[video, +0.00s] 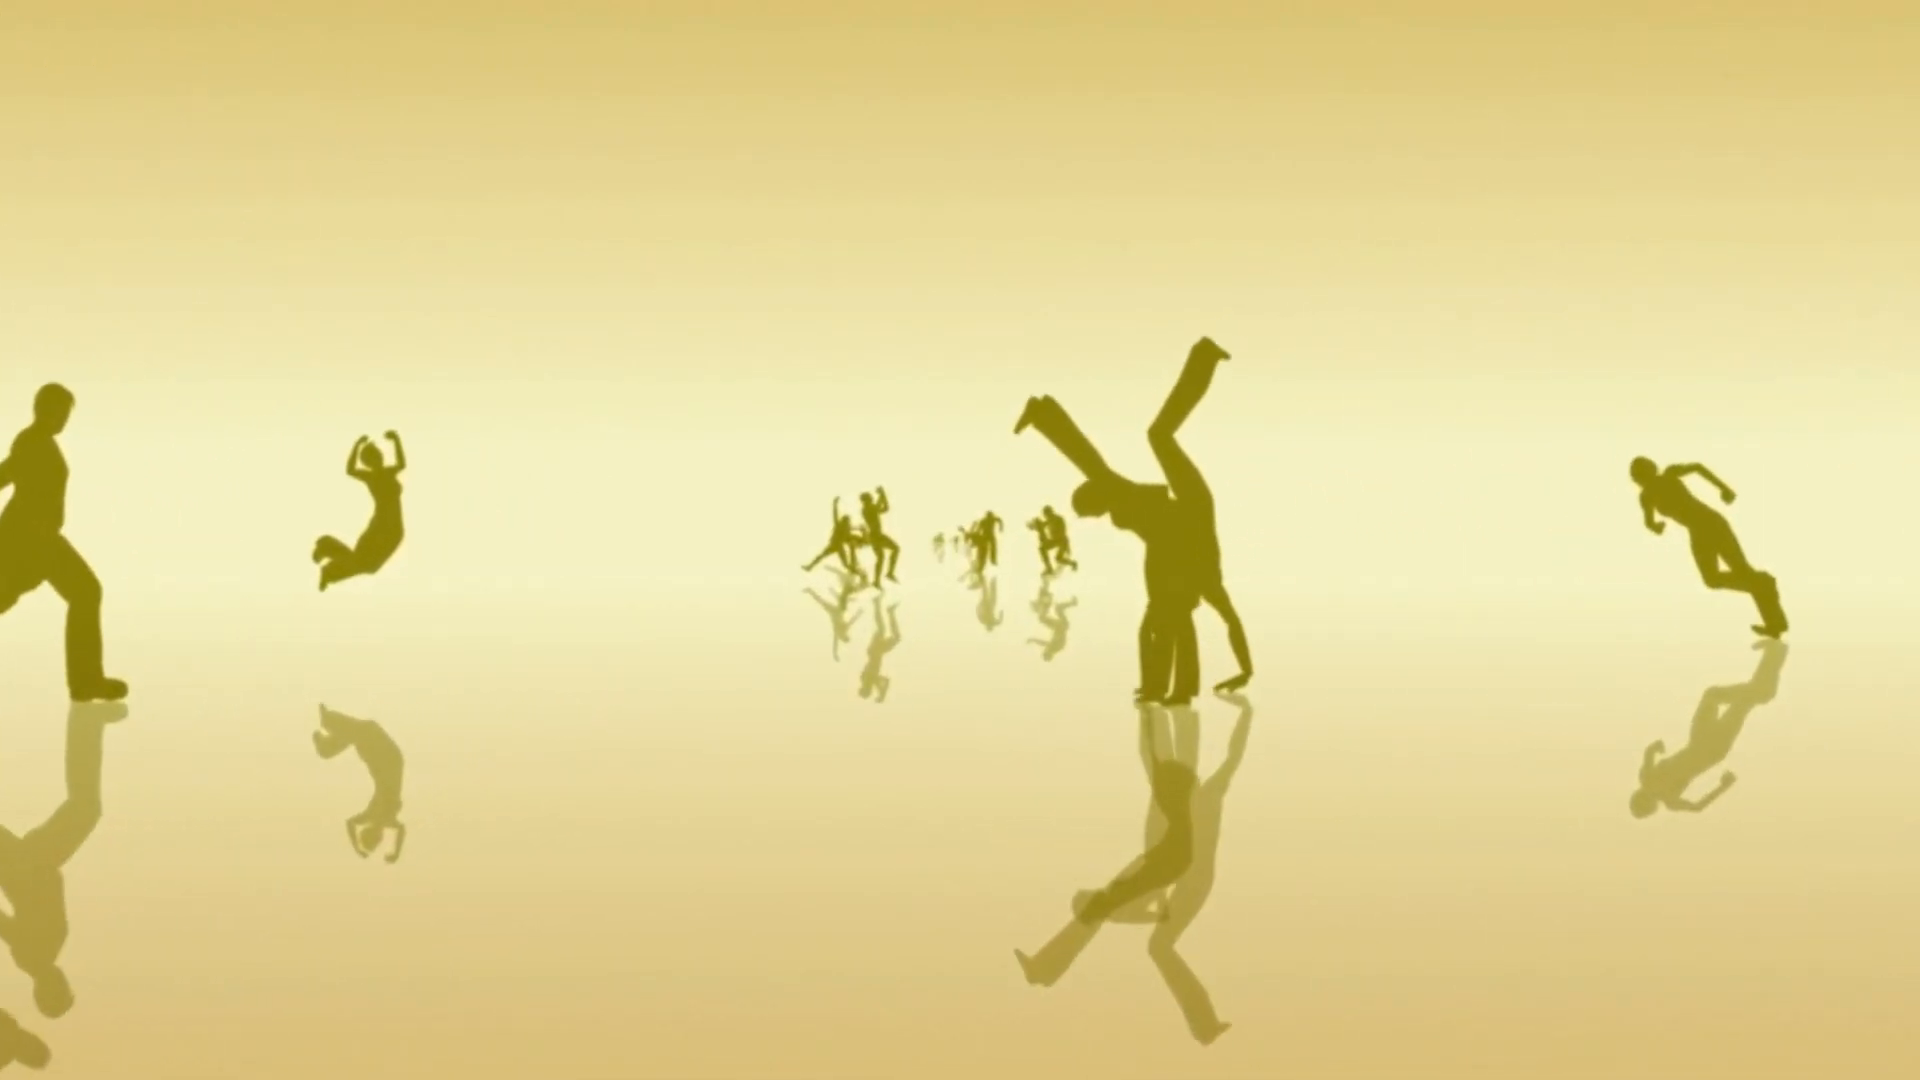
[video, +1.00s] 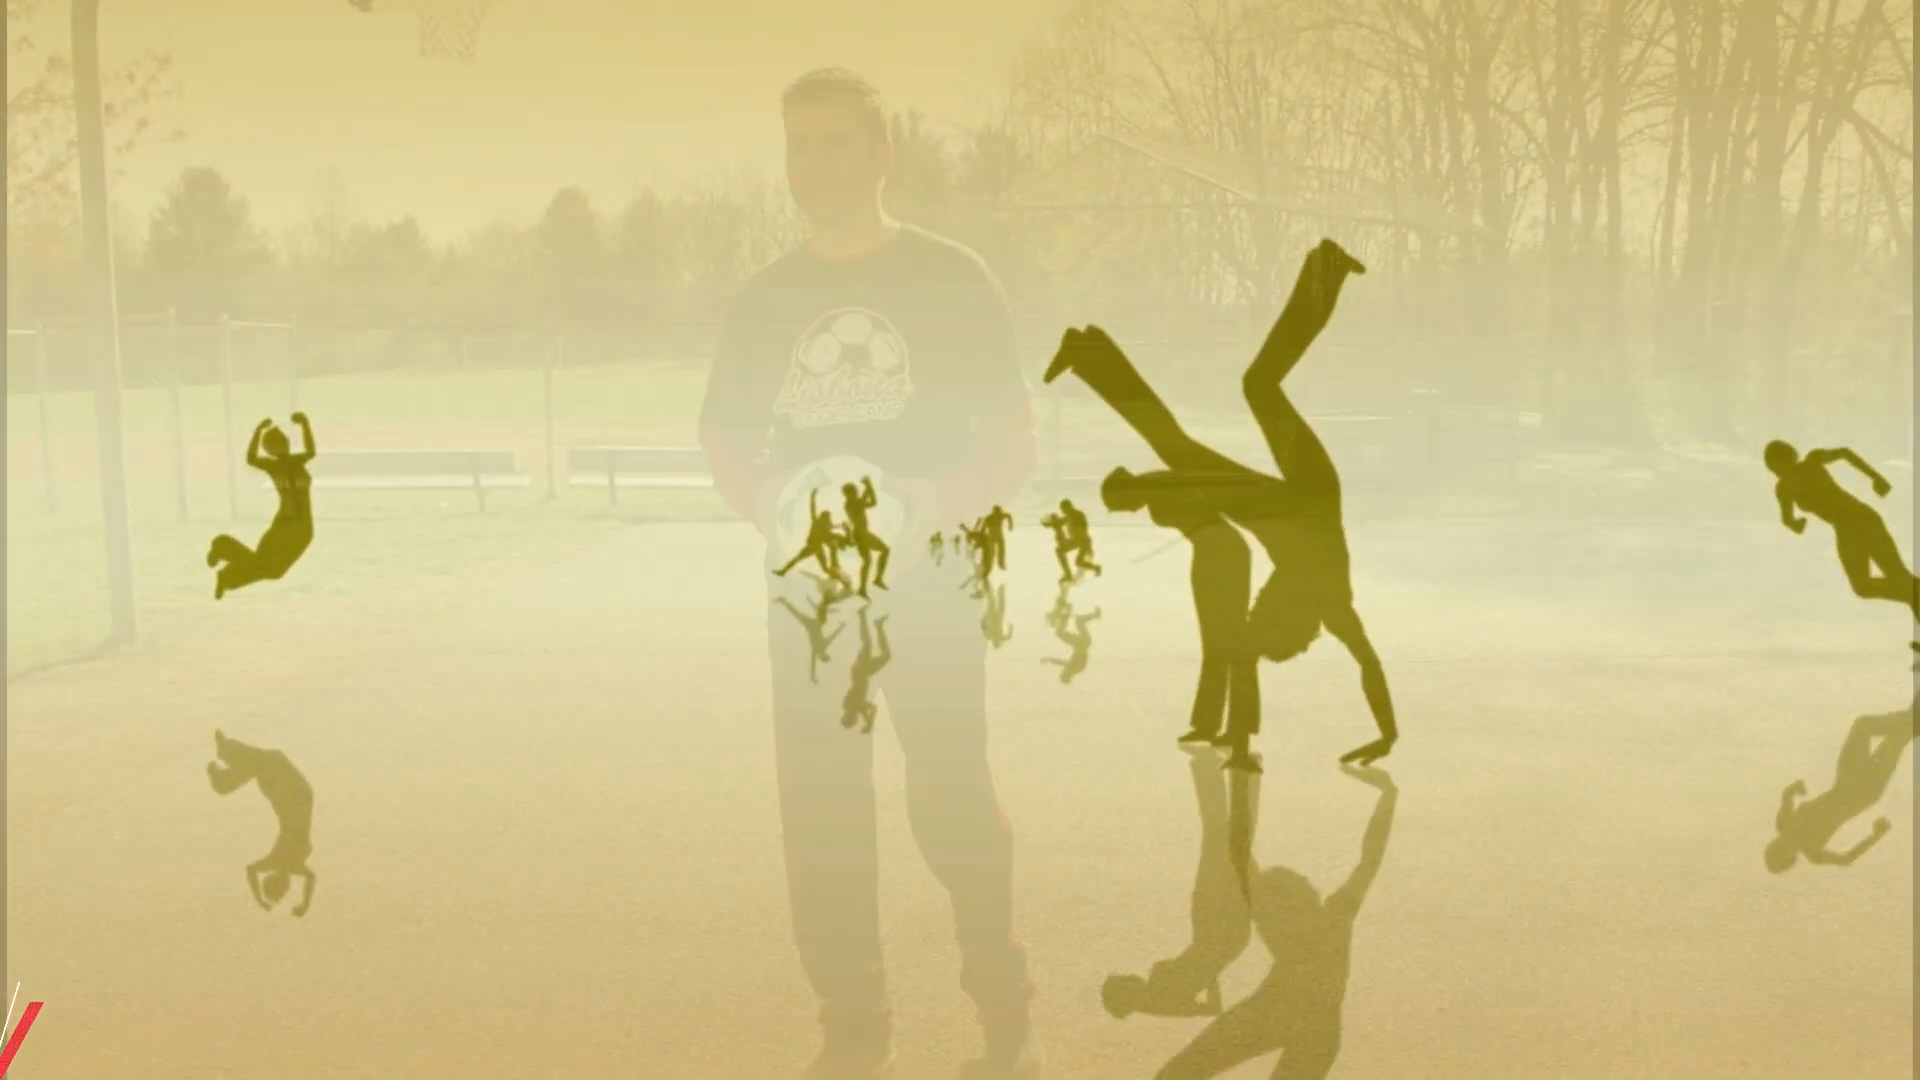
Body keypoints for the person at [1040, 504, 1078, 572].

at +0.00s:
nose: (1047, 516)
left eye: (1048, 513)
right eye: (1045, 514)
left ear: (1051, 512)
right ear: (1044, 514)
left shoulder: (1059, 519)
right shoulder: (1045, 522)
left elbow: (1063, 534)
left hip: (1061, 540)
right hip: (1052, 540)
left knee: (1059, 557)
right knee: (1042, 549)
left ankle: (1073, 563)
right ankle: (1048, 568)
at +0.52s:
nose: (1055, 513)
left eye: (1056, 511)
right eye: (1053, 512)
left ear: (1059, 509)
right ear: (1052, 512)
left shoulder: (1067, 517)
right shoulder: (1053, 521)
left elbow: (1072, 534)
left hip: (1070, 540)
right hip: (1060, 541)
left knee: (1068, 559)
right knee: (1050, 550)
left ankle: (1083, 565)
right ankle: (1057, 571)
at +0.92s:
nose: (1063, 511)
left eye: (1063, 509)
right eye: (1061, 509)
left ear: (1067, 507)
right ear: (1060, 510)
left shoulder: (1076, 516)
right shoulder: (1061, 520)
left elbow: (1081, 533)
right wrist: (1059, 545)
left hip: (1080, 540)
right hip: (1069, 541)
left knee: (1077, 561)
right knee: (1057, 550)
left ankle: (1092, 567)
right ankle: (1065, 573)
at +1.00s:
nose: (1064, 510)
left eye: (1065, 508)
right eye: (1062, 508)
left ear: (1068, 506)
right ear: (1062, 509)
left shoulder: (1078, 515)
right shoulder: (1066, 518)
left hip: (1083, 540)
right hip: (1073, 540)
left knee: (1079, 562)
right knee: (1060, 550)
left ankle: (1096, 568)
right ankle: (1067, 574)